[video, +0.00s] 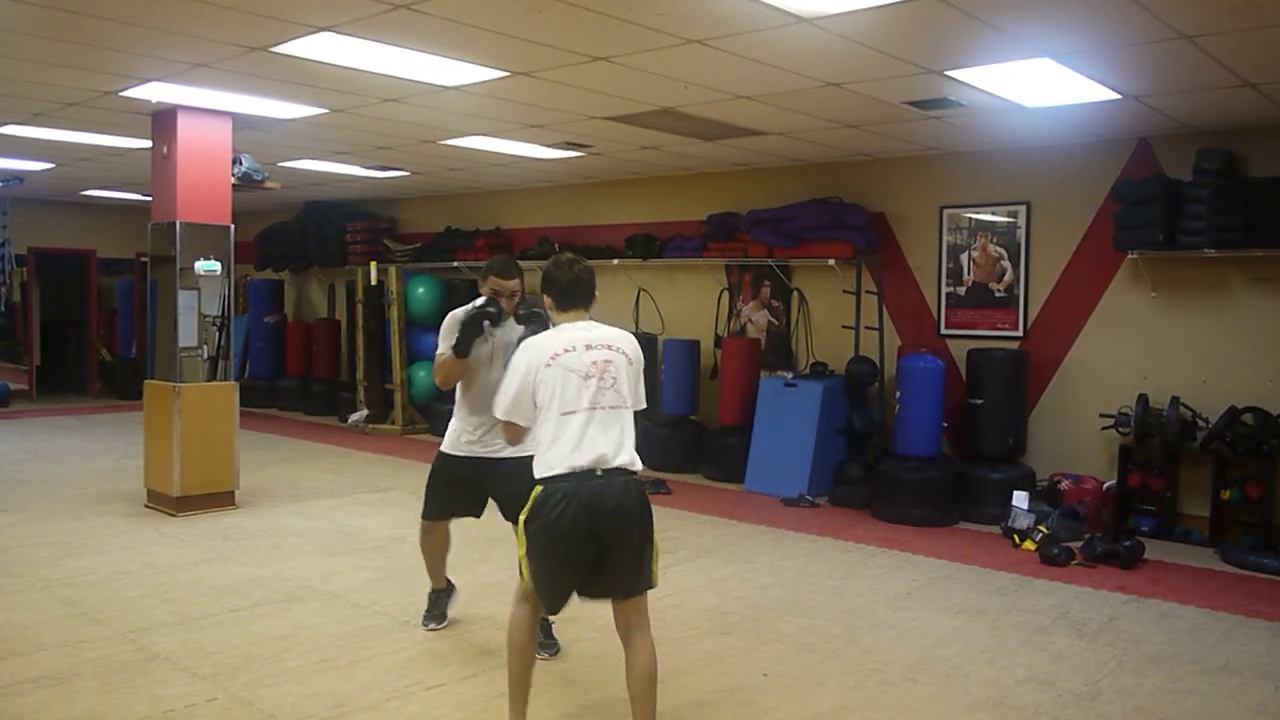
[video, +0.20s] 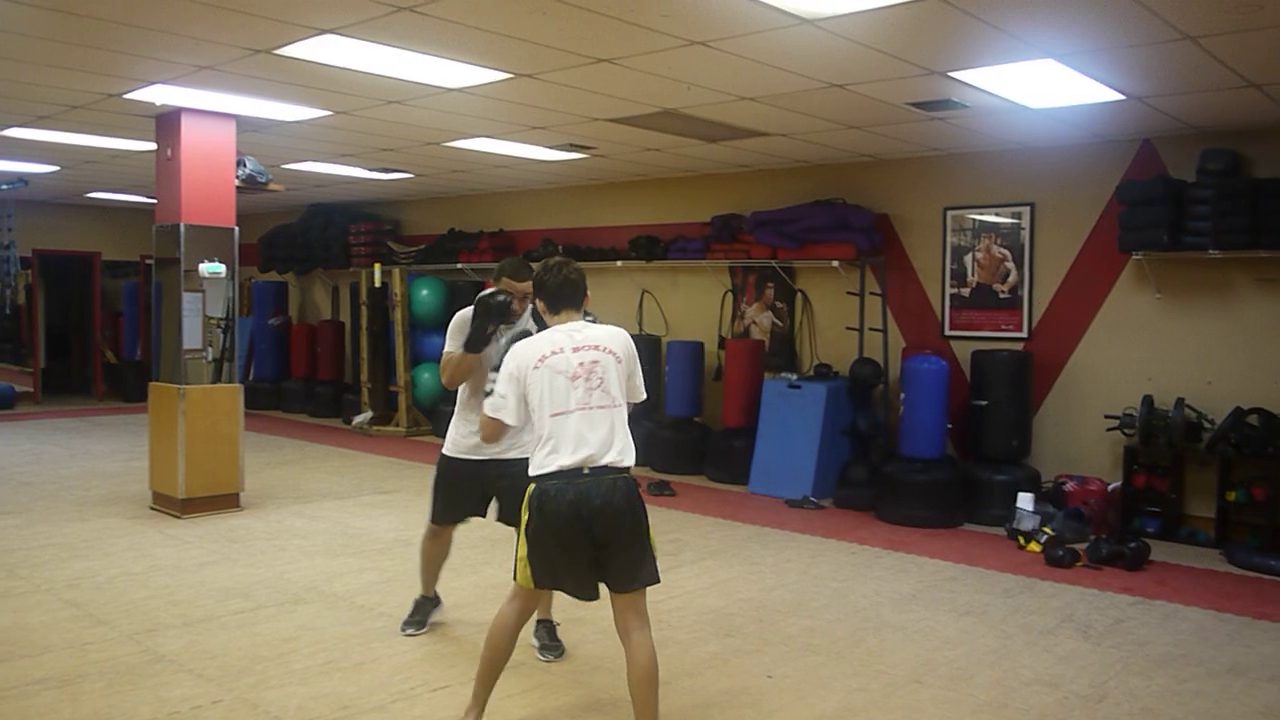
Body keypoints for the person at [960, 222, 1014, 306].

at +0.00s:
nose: (983, 241)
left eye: (986, 237)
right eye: (980, 237)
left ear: (990, 238)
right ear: (976, 238)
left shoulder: (999, 253)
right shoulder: (972, 252)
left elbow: (1010, 272)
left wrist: (1001, 286)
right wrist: (967, 278)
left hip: (991, 288)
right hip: (976, 286)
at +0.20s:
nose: (987, 242)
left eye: (990, 238)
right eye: (983, 238)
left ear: (995, 238)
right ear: (979, 238)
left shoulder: (1003, 254)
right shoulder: (975, 254)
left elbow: (1014, 273)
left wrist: (1005, 287)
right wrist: (971, 280)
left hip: (995, 289)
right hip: (979, 288)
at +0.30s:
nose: (995, 240)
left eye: (999, 236)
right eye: (992, 236)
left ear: (1004, 237)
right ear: (988, 237)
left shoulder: (1012, 252)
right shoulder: (985, 251)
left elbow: (1023, 272)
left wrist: (1015, 286)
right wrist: (979, 278)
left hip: (1004, 288)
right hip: (988, 287)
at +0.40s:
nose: (1006, 240)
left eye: (1009, 236)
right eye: (1003, 236)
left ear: (1014, 237)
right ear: (999, 237)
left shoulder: (1022, 252)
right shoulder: (994, 253)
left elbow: (1033, 272)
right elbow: (991, 269)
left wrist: (1025, 286)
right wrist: (990, 279)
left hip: (1014, 287)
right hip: (998, 286)